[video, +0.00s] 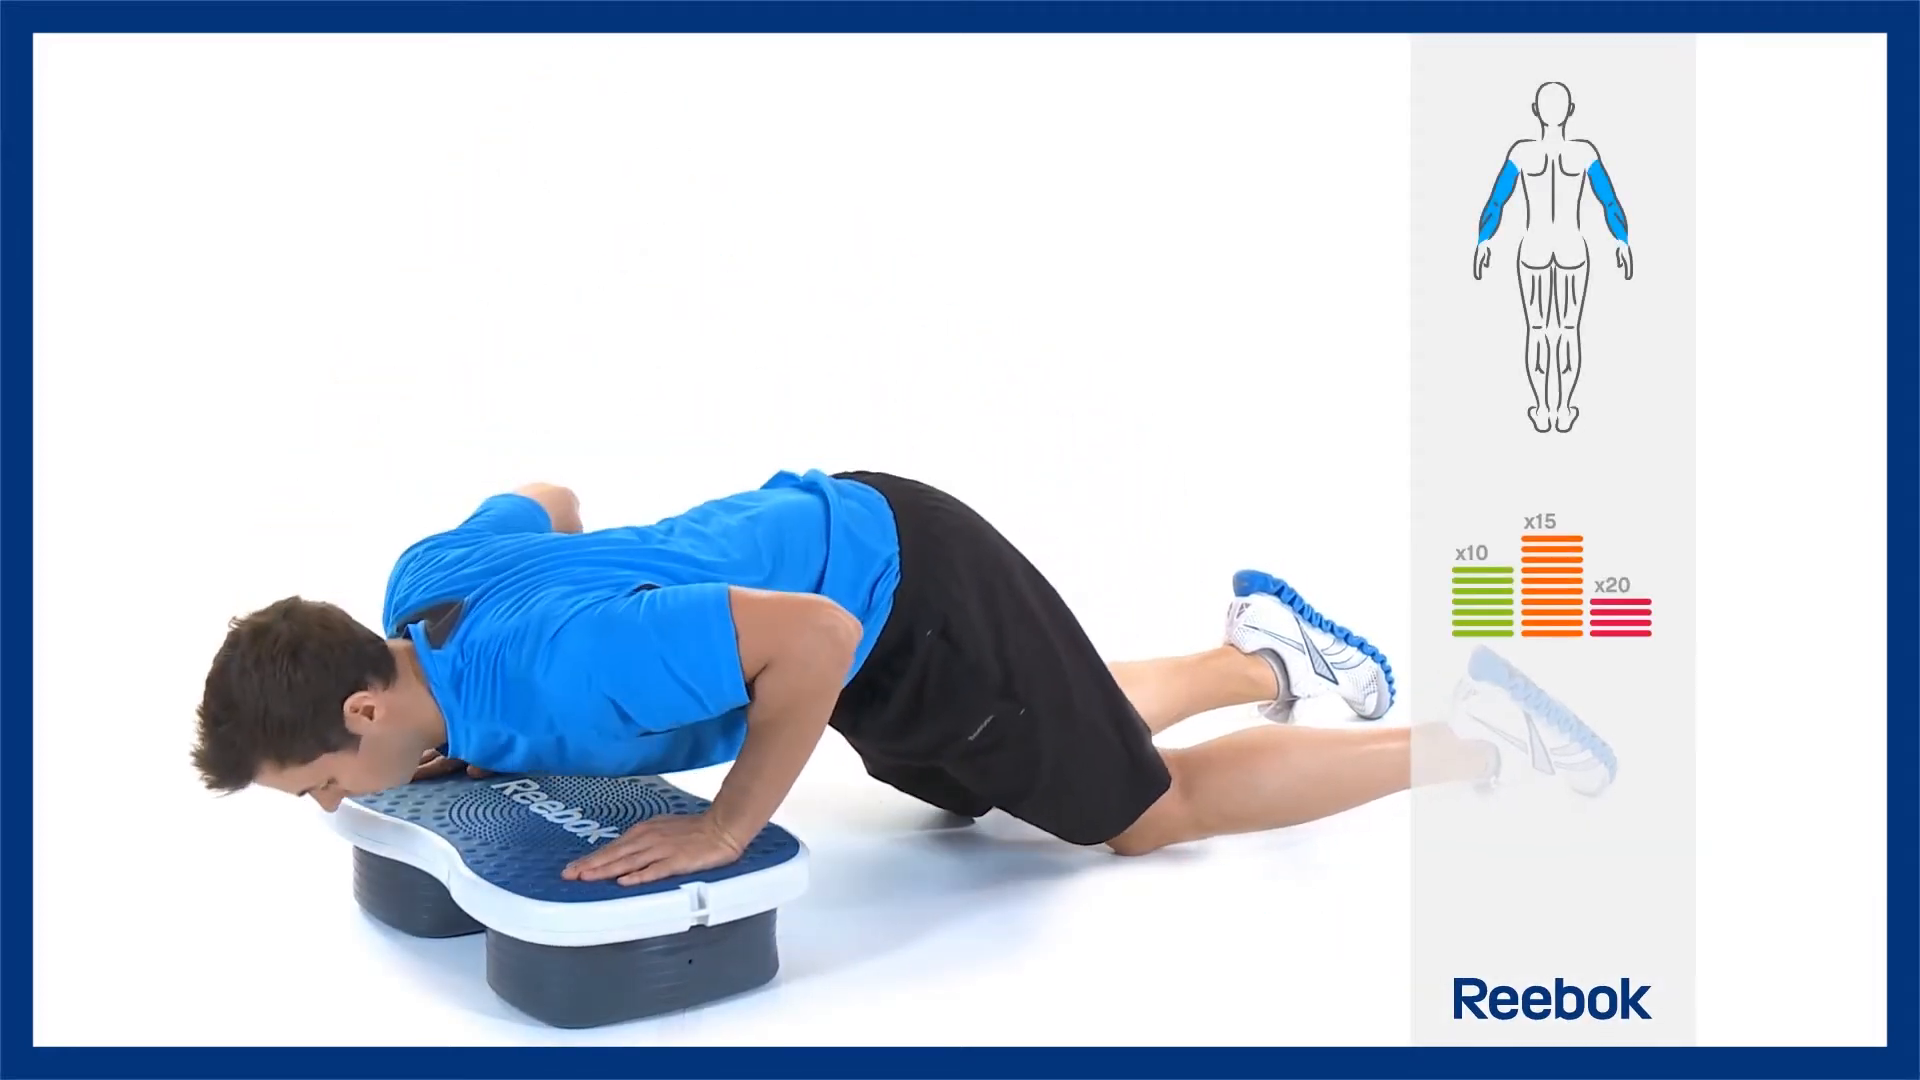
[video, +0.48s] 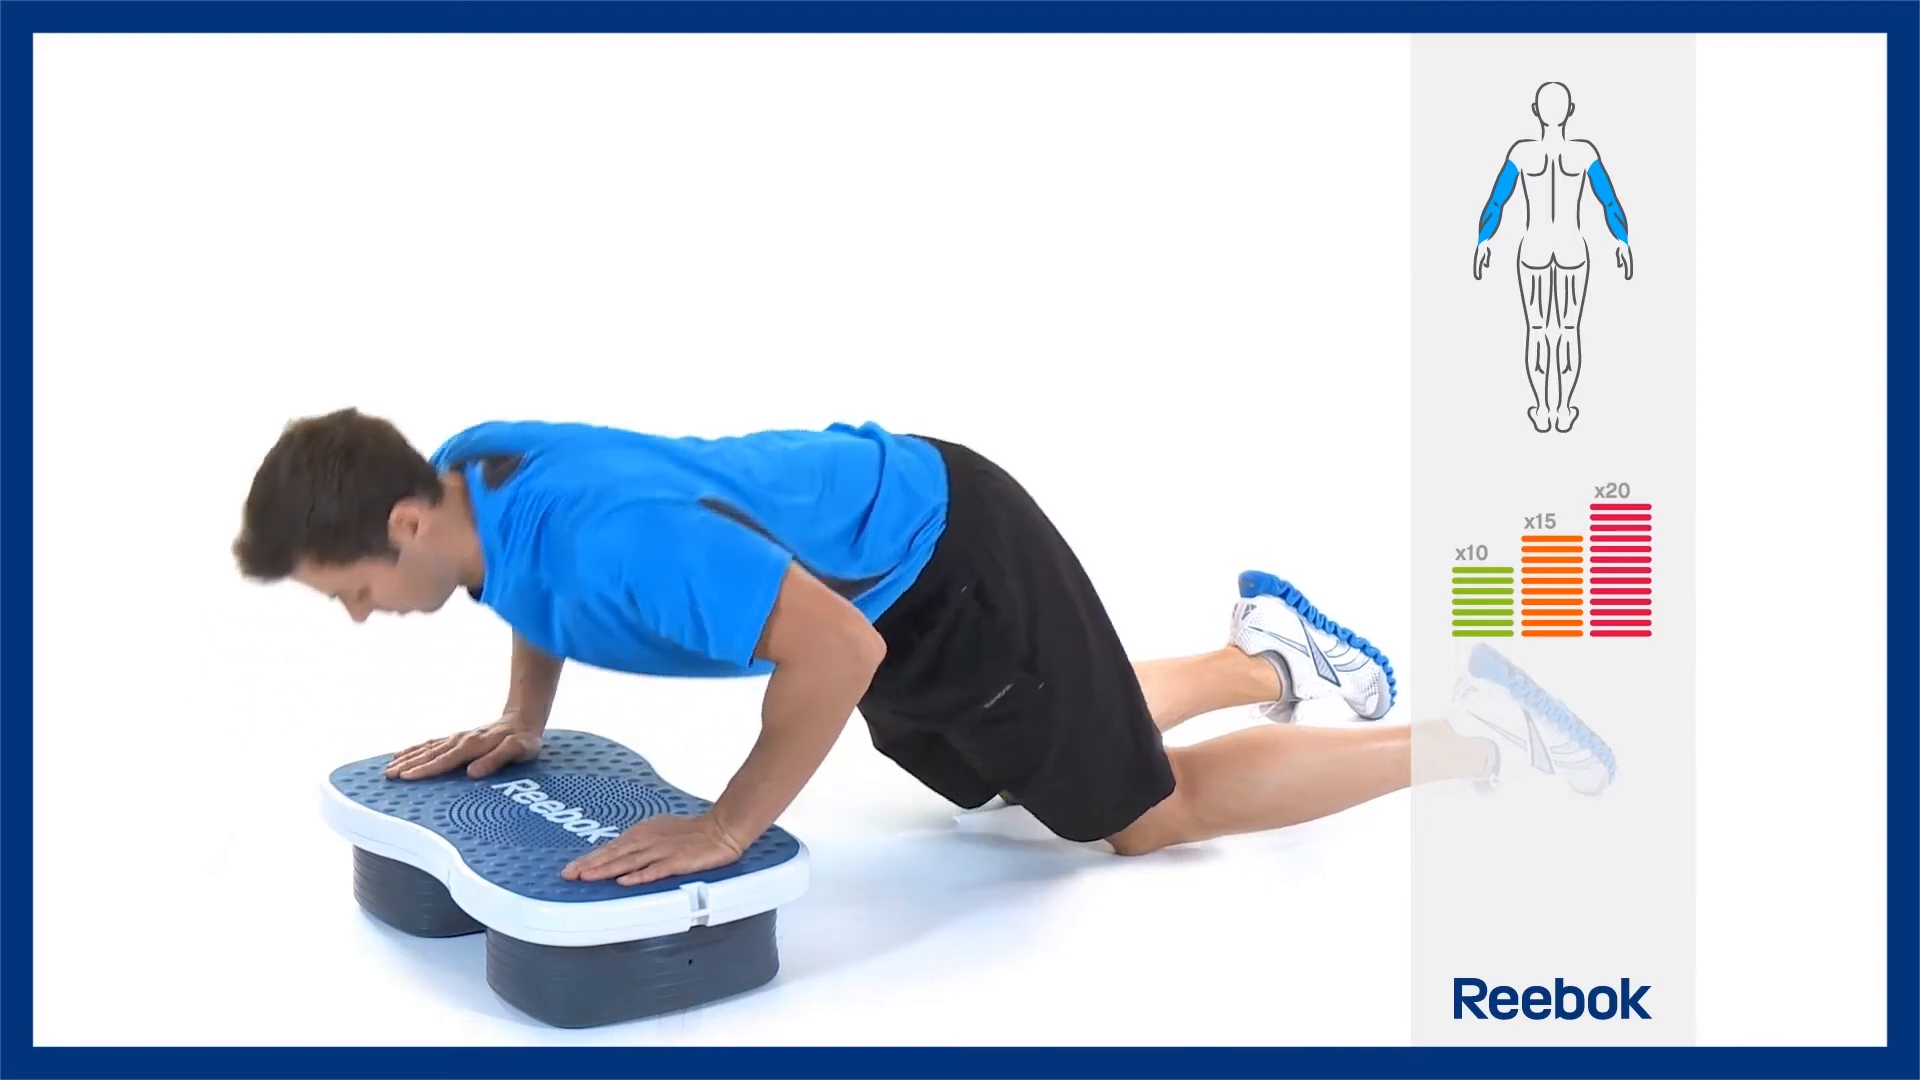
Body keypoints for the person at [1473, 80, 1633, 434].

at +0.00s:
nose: (1553, 107)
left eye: (1554, 100)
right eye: (1552, 100)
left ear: (1537, 108)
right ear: (1569, 108)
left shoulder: (1521, 151)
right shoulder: (1585, 150)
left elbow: (1497, 200)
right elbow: (1609, 199)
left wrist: (1482, 240)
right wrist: (1623, 240)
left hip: (1534, 249)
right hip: (1572, 249)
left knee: (1537, 328)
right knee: (1569, 329)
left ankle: (1542, 407)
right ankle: (1564, 407)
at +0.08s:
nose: (1553, 107)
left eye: (1554, 100)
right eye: (1552, 100)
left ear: (1537, 108)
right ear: (1569, 108)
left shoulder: (1521, 151)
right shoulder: (1585, 150)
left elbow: (1497, 200)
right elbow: (1609, 199)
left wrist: (1482, 240)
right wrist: (1623, 240)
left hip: (1534, 249)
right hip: (1572, 249)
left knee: (1537, 328)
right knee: (1569, 329)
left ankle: (1542, 407)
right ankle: (1564, 407)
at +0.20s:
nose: (1553, 107)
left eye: (1553, 100)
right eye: (1552, 100)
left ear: (1537, 108)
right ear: (1569, 108)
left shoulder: (1521, 150)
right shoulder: (1585, 150)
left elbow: (1497, 200)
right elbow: (1609, 200)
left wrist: (1482, 240)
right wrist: (1623, 240)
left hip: (1533, 249)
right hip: (1572, 249)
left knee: (1537, 328)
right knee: (1569, 329)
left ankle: (1542, 407)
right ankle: (1564, 407)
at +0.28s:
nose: (1553, 107)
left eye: (1553, 100)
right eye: (1552, 100)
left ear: (1537, 108)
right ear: (1569, 108)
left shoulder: (1521, 150)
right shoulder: (1585, 150)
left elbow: (1497, 200)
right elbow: (1609, 200)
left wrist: (1482, 240)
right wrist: (1623, 240)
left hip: (1533, 249)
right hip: (1572, 249)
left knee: (1537, 328)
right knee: (1569, 329)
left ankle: (1542, 407)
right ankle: (1564, 407)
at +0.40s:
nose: (1553, 106)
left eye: (1552, 100)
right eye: (1554, 100)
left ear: (1536, 108)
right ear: (1569, 108)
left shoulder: (1521, 150)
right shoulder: (1584, 150)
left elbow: (1497, 200)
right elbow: (1609, 200)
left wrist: (1482, 240)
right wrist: (1623, 240)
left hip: (1533, 249)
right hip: (1572, 249)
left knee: (1536, 328)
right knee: (1569, 328)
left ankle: (1542, 408)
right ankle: (1564, 407)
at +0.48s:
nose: (1553, 107)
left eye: (1553, 100)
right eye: (1552, 100)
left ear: (1537, 108)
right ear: (1569, 108)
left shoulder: (1521, 150)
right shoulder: (1585, 150)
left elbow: (1497, 200)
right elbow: (1609, 200)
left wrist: (1482, 240)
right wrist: (1623, 240)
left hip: (1533, 249)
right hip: (1572, 249)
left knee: (1537, 328)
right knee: (1569, 329)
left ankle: (1542, 407)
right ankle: (1564, 407)